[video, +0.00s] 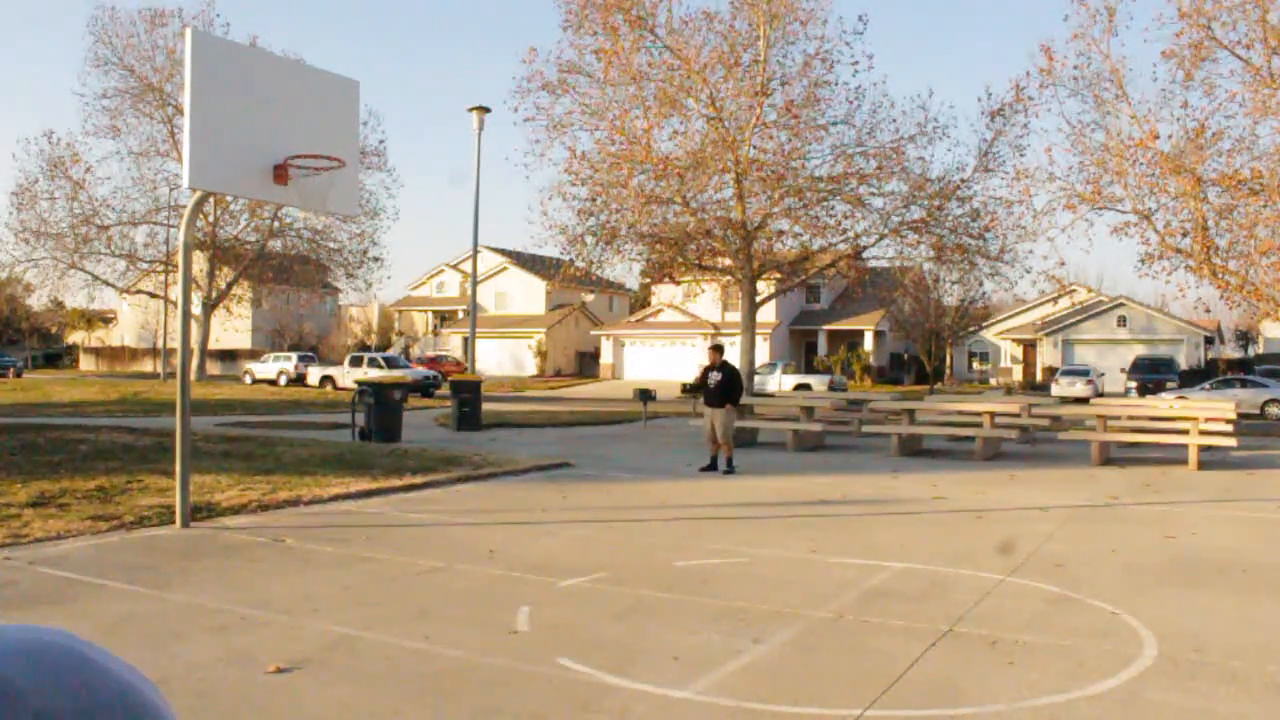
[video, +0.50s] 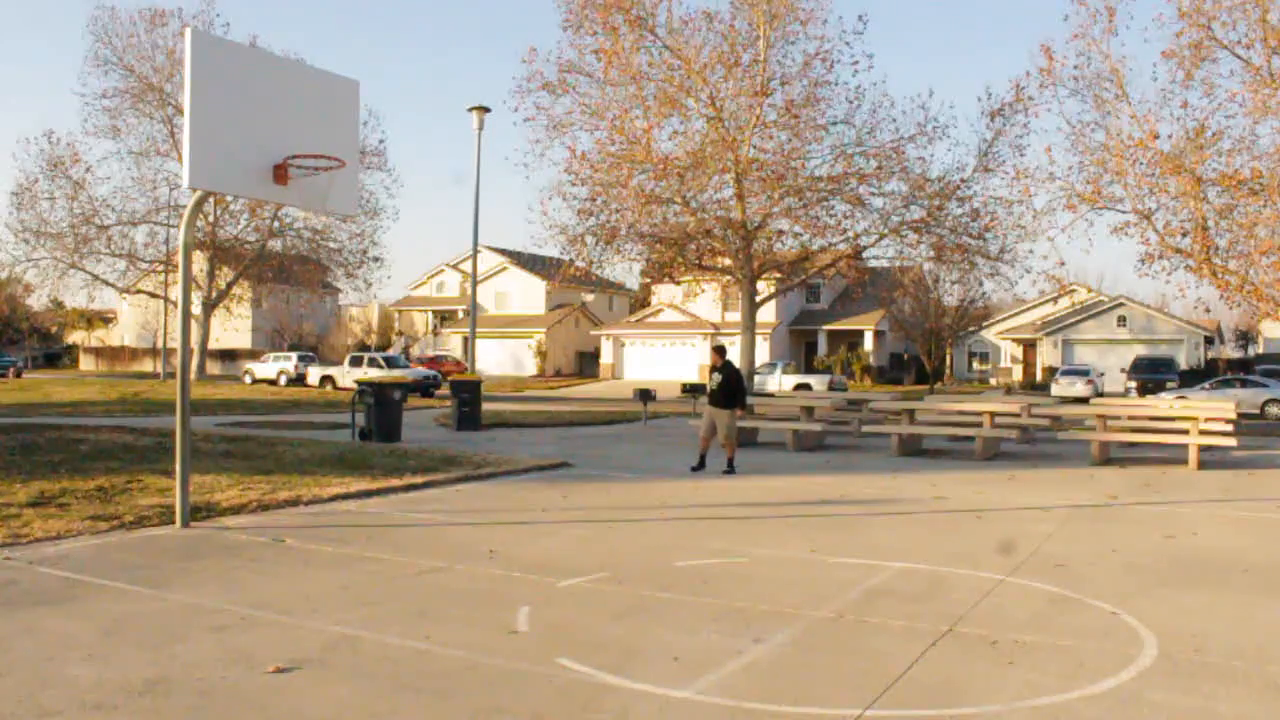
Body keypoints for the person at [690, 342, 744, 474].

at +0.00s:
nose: (710, 357)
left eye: (712, 354)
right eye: (709, 353)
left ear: (719, 355)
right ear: (711, 355)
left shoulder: (731, 370)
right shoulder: (707, 370)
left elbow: (738, 388)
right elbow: (700, 385)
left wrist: (732, 403)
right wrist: (689, 388)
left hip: (724, 408)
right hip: (709, 407)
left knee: (725, 438)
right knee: (712, 438)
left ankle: (729, 464)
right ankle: (713, 462)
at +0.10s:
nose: (711, 356)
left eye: (713, 353)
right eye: (711, 353)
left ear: (719, 354)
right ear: (716, 354)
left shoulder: (733, 371)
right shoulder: (710, 369)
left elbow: (739, 389)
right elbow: (703, 386)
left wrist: (736, 405)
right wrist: (697, 399)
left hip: (726, 408)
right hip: (711, 407)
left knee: (727, 438)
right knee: (712, 438)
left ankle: (730, 465)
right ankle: (713, 462)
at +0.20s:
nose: (712, 356)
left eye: (714, 354)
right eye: (712, 353)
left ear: (720, 355)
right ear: (718, 355)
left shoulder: (735, 371)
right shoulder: (712, 369)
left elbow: (741, 390)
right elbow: (705, 388)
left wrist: (739, 406)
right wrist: (702, 403)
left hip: (727, 408)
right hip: (711, 407)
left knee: (728, 438)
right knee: (708, 438)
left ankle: (730, 464)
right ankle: (711, 461)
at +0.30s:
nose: (712, 357)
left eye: (714, 354)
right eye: (712, 354)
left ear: (720, 355)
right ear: (718, 355)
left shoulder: (735, 371)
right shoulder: (713, 369)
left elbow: (742, 390)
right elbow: (709, 387)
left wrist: (741, 406)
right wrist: (708, 401)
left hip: (727, 408)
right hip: (711, 407)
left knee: (728, 438)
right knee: (704, 434)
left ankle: (730, 464)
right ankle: (707, 457)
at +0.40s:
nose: (712, 357)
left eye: (714, 354)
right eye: (712, 354)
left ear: (720, 355)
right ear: (719, 355)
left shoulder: (734, 371)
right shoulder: (713, 369)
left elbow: (742, 389)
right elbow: (713, 387)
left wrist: (742, 406)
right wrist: (712, 401)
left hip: (727, 408)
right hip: (712, 406)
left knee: (728, 438)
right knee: (703, 434)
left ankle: (730, 465)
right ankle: (704, 458)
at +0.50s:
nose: (712, 357)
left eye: (713, 355)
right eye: (712, 354)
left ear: (719, 355)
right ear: (718, 355)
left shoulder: (732, 371)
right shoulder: (713, 370)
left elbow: (740, 390)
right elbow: (713, 387)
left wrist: (741, 406)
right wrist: (711, 402)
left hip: (727, 409)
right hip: (712, 407)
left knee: (728, 439)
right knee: (705, 435)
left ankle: (730, 465)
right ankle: (701, 461)